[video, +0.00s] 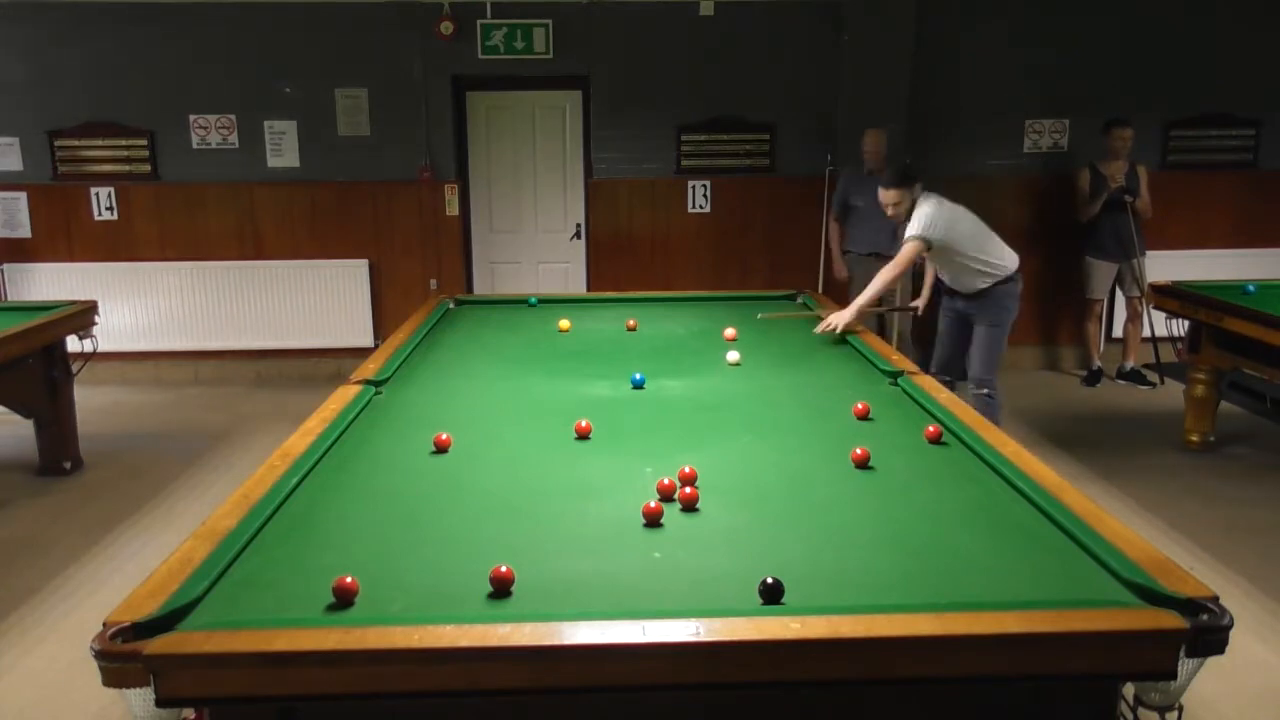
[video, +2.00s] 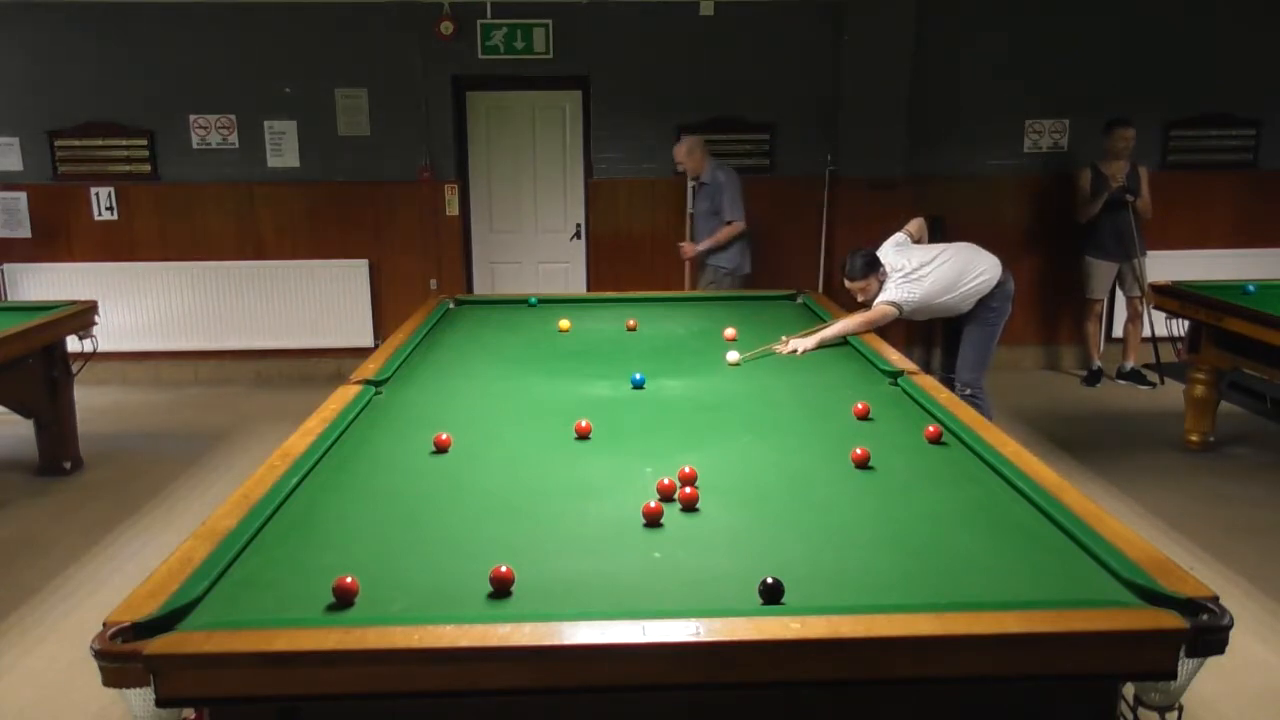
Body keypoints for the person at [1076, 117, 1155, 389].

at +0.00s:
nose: (1125, 145)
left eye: (1129, 140)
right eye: (1120, 139)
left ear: (1132, 142)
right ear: (1107, 140)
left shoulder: (1137, 171)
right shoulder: (1089, 172)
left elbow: (1147, 211)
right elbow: (1083, 214)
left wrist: (1131, 197)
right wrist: (1106, 191)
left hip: (1132, 250)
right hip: (1100, 250)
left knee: (1136, 309)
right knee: (1094, 309)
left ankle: (1128, 366)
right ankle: (1094, 365)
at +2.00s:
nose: (1127, 145)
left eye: (1131, 140)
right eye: (1122, 140)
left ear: (1134, 142)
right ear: (1108, 140)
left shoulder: (1138, 171)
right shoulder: (1089, 172)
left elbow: (1147, 211)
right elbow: (1083, 214)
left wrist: (1132, 197)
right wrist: (1106, 191)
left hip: (1132, 250)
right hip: (1100, 250)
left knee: (1136, 309)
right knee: (1094, 309)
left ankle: (1128, 367)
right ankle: (1094, 365)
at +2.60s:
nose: (1138, 145)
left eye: (1142, 140)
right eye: (1133, 139)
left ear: (1145, 143)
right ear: (1118, 140)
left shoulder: (1146, 174)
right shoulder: (1097, 173)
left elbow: (1149, 217)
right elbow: (1078, 213)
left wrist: (1154, 208)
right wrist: (1098, 230)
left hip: (1137, 252)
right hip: (1104, 252)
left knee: (1140, 310)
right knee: (1096, 309)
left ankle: (1127, 367)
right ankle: (1094, 365)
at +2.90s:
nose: (1160, 145)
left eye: (1163, 140)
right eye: (1155, 139)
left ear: (1165, 144)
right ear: (1140, 140)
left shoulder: (1161, 174)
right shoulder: (1115, 172)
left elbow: (1159, 208)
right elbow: (1085, 206)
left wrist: (1172, 225)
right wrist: (1088, 241)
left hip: (1150, 253)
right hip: (1118, 252)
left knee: (1146, 311)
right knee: (1105, 310)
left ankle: (1129, 366)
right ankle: (1095, 365)